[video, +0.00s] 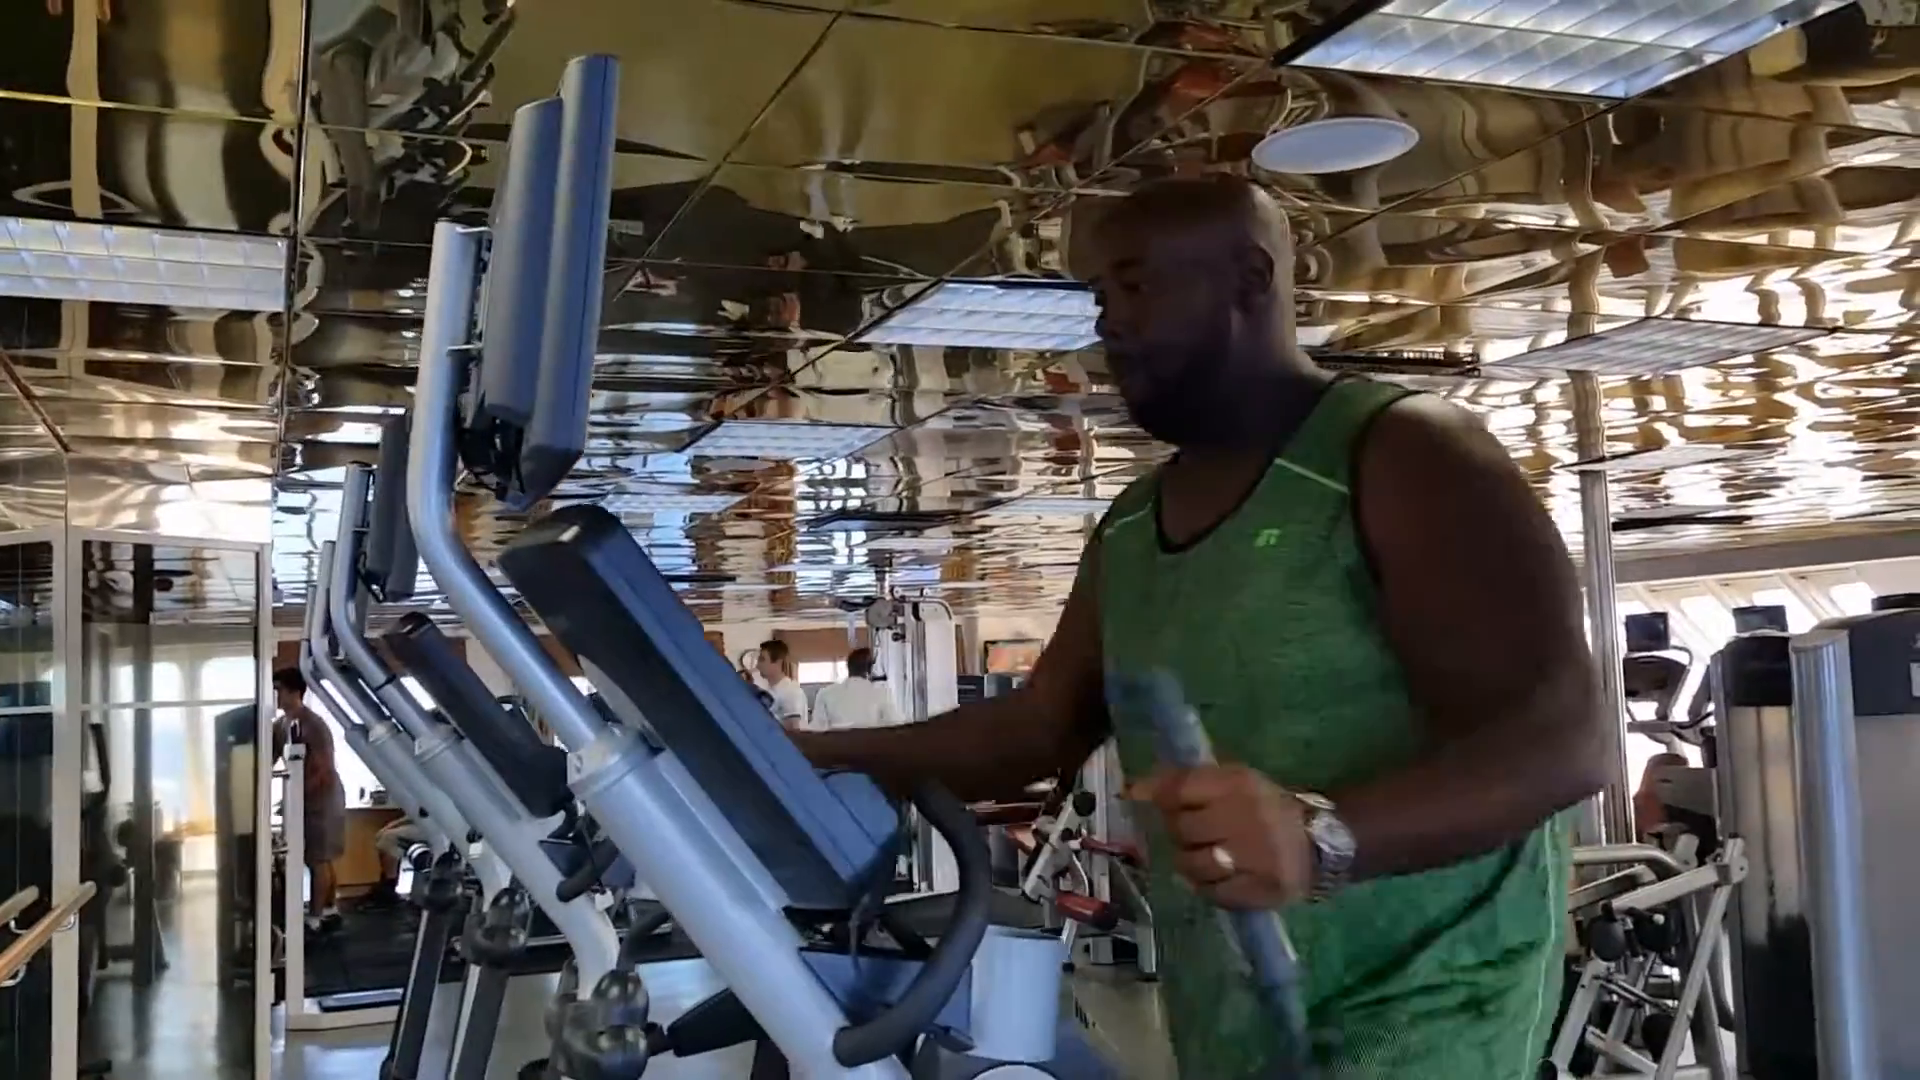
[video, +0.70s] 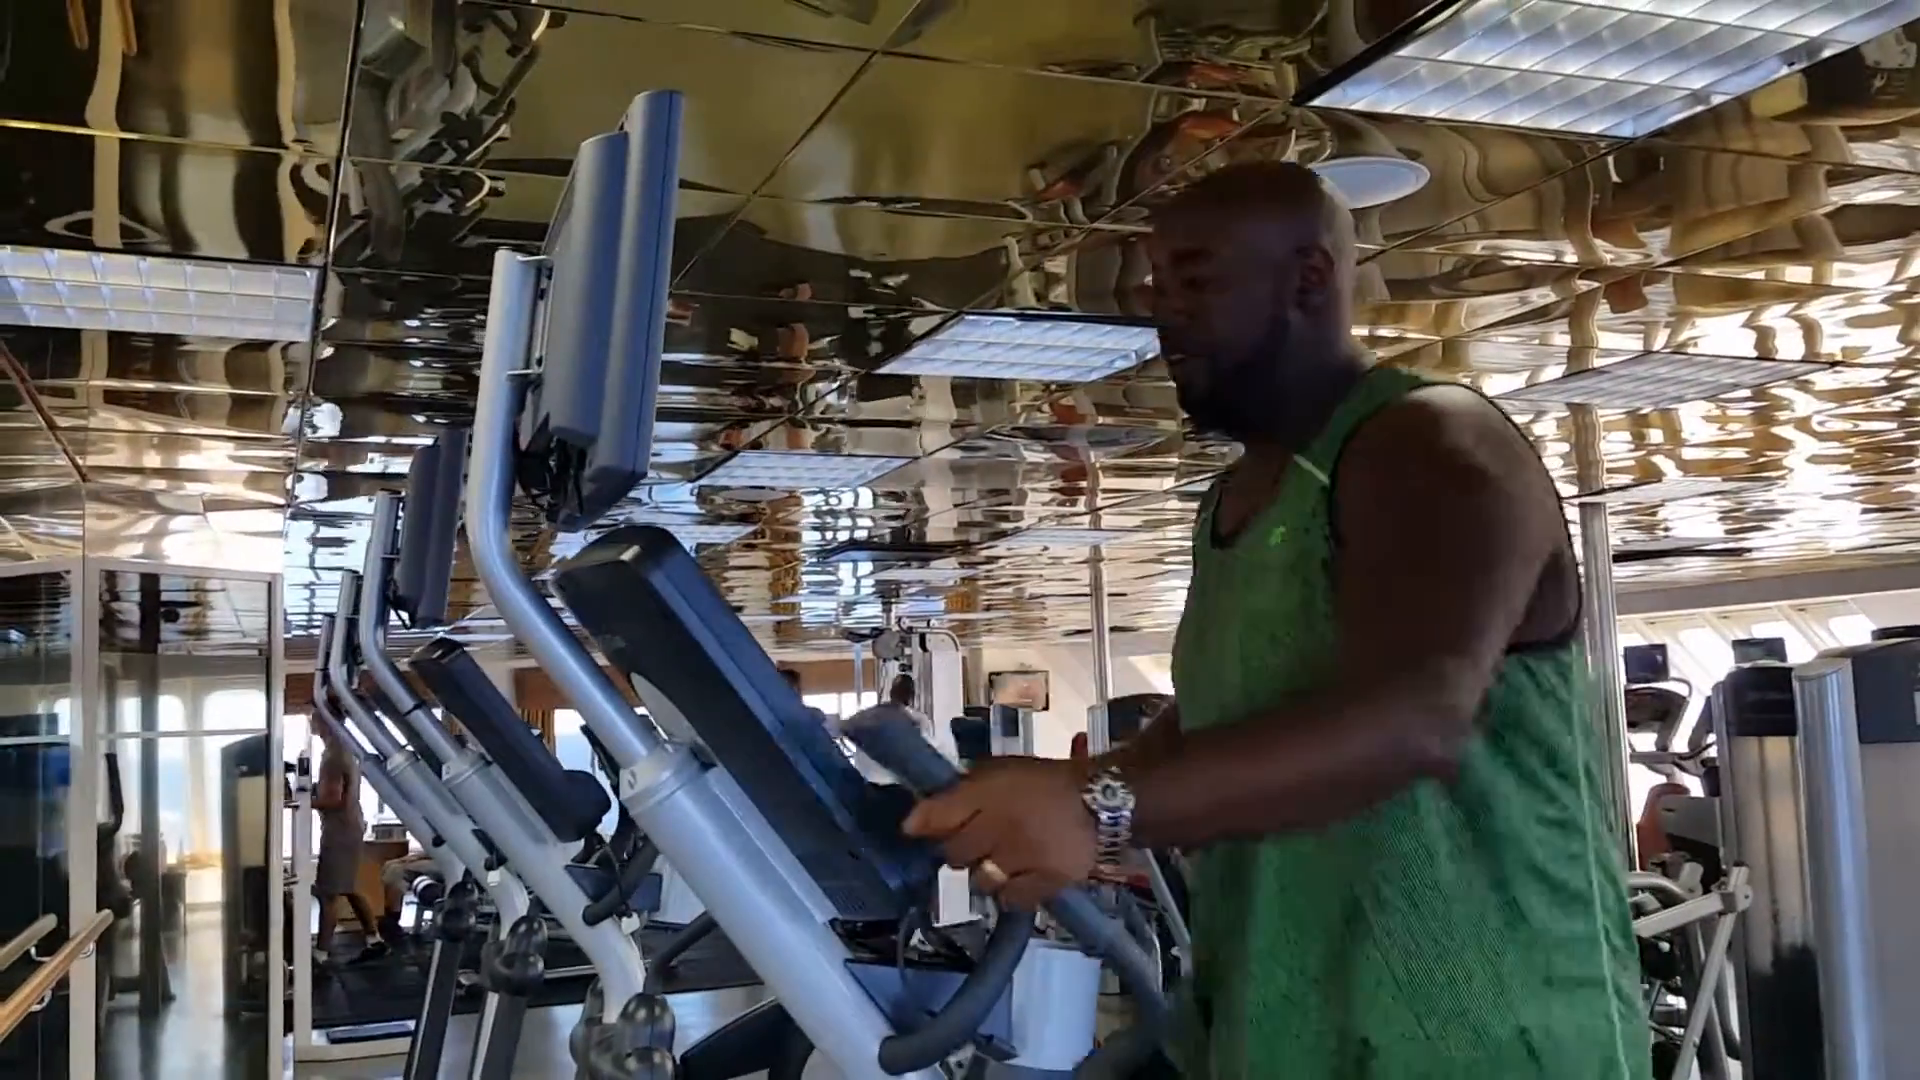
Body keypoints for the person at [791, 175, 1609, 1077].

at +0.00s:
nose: (1103, 328)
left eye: (1130, 285)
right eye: (1097, 298)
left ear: (1250, 285)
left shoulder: (1414, 461)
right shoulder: (1129, 533)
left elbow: (1568, 739)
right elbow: (1038, 732)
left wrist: (1327, 835)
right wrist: (818, 755)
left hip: (1426, 1009)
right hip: (1221, 1014)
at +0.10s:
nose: (1119, 295)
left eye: (1149, 258)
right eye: (1115, 270)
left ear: (1260, 259)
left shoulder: (1424, 432)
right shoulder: (1132, 511)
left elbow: (1619, 693)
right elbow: (1007, 689)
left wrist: (1414, 858)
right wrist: (793, 754)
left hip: (1439, 1010)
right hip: (1230, 1016)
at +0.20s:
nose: (1119, 269)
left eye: (1154, 229)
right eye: (1124, 234)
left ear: (1273, 230)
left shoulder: (1432, 404)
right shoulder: (1138, 494)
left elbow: (1631, 667)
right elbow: (974, 673)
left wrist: (1436, 861)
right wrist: (768, 764)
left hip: (1462, 1017)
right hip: (1252, 1020)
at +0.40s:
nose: (1151, 284)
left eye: (1189, 243)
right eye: (1151, 252)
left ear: (1308, 245)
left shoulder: (1462, 423)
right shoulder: (1176, 512)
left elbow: (1622, 702)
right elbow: (1056, 688)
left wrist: (1344, 838)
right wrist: (828, 766)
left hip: (1514, 1036)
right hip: (1269, 1040)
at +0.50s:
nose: (1173, 334)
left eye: (1205, 294)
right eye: (1173, 304)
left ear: (1324, 300)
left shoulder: (1477, 481)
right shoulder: (1221, 545)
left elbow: (1576, 780)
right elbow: (1108, 746)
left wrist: (1258, 829)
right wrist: (892, 775)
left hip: (1513, 1053)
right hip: (1269, 1051)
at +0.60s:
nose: (1180, 336)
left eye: (1212, 299)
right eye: (1178, 306)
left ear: (1331, 305)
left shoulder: (1474, 485)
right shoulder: (1242, 525)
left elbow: (1490, 774)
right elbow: (1210, 728)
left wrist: (1172, 813)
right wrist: (1015, 796)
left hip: (1492, 1049)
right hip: (1289, 1046)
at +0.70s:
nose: (1159, 310)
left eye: (1194, 276)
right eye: (1158, 284)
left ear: (1310, 279)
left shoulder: (1441, 444)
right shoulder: (1241, 498)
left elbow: (1419, 715)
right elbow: (1218, 724)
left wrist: (1107, 805)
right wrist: (1088, 791)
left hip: (1475, 1036)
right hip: (1287, 1032)